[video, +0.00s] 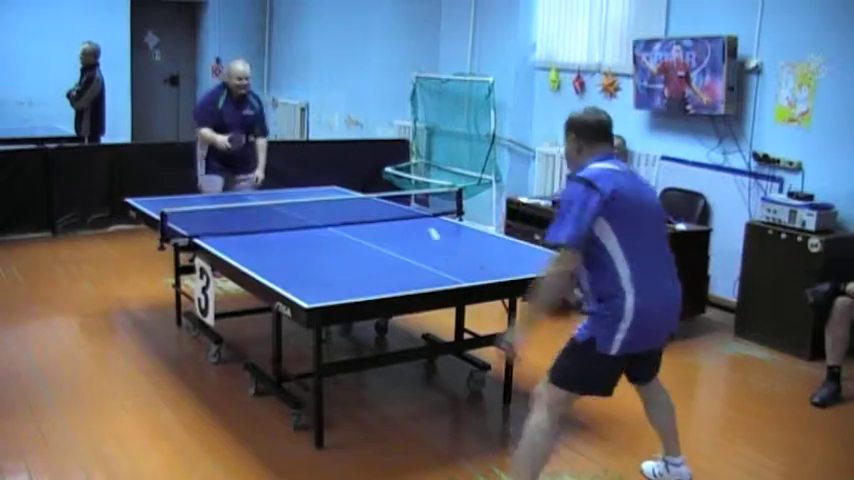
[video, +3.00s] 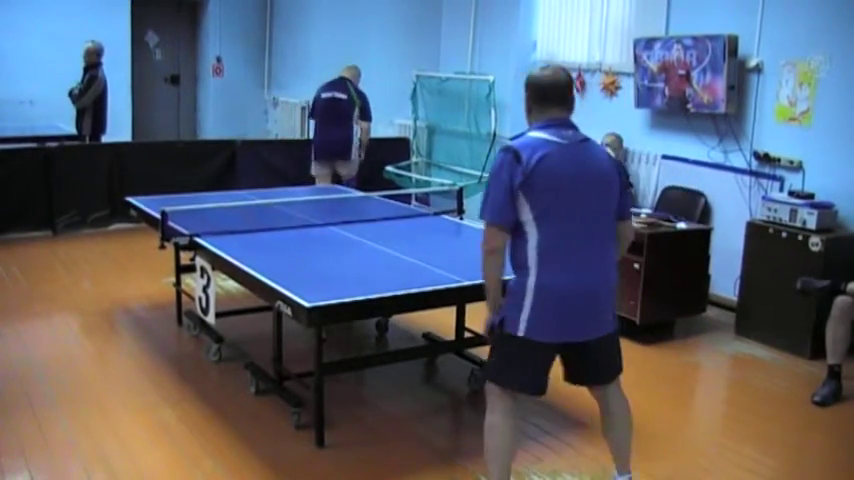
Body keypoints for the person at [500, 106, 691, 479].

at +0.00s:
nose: (565, 154)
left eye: (566, 146)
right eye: (565, 147)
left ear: (576, 145)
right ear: (610, 144)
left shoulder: (587, 182)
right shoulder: (636, 180)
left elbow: (564, 263)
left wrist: (521, 329)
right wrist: (582, 284)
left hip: (620, 314)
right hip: (663, 308)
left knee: (549, 399)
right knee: (647, 380)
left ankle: (519, 472)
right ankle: (675, 462)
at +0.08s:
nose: (573, 156)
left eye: (574, 148)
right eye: (573, 148)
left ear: (584, 146)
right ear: (615, 144)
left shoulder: (606, 188)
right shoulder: (635, 178)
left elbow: (616, 267)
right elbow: (628, 257)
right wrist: (598, 305)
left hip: (639, 315)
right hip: (669, 308)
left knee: (577, 401)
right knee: (650, 385)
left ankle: (539, 473)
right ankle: (675, 462)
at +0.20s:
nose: (587, 156)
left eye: (587, 147)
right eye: (586, 148)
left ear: (599, 143)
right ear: (624, 140)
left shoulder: (634, 179)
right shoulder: (640, 174)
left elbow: (660, 238)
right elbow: (609, 242)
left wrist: (645, 315)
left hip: (659, 312)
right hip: (677, 307)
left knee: (604, 401)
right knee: (654, 382)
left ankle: (576, 474)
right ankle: (675, 462)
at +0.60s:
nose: (605, 137)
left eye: (606, 128)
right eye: (605, 128)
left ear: (617, 126)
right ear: (649, 126)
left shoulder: (642, 173)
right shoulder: (665, 166)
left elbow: (628, 245)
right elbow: (642, 244)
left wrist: (577, 305)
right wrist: (595, 266)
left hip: (661, 310)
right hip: (684, 303)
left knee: (610, 407)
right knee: (662, 382)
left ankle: (603, 473)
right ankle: (677, 462)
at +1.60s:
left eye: (601, 103)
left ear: (600, 108)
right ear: (644, 107)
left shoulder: (585, 161)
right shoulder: (675, 166)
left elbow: (560, 244)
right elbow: (687, 240)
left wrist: (554, 316)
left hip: (605, 311)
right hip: (662, 310)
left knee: (577, 404)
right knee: (656, 386)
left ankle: (584, 476)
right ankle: (653, 469)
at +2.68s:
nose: (578, 109)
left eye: (579, 101)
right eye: (581, 101)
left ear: (585, 103)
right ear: (624, 106)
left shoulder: (582, 151)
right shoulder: (651, 160)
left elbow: (562, 236)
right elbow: (659, 236)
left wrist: (554, 302)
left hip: (589, 308)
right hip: (638, 309)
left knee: (549, 405)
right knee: (628, 385)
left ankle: (519, 475)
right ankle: (634, 473)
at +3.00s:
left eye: (527, 100)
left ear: (528, 104)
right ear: (572, 102)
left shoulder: (516, 156)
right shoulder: (605, 158)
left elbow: (493, 243)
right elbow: (624, 234)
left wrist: (494, 304)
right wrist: (595, 272)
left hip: (536, 306)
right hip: (595, 304)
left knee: (501, 396)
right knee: (609, 388)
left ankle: (497, 476)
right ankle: (625, 474)